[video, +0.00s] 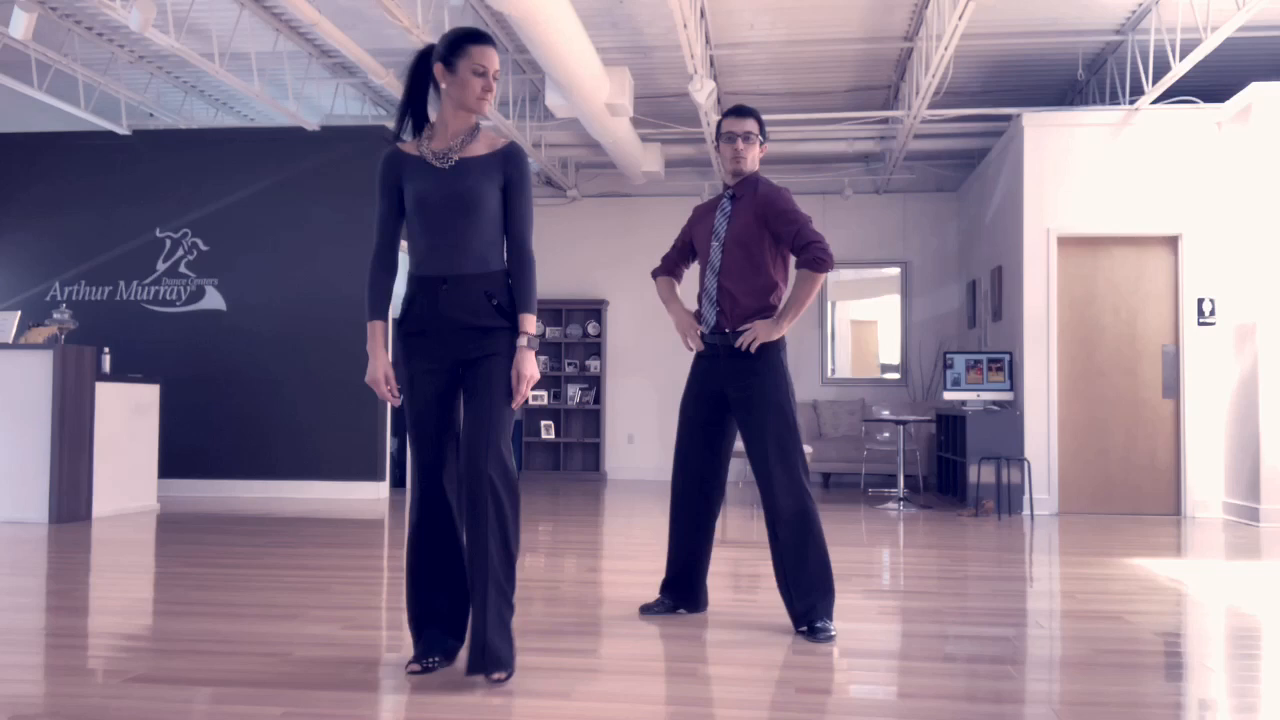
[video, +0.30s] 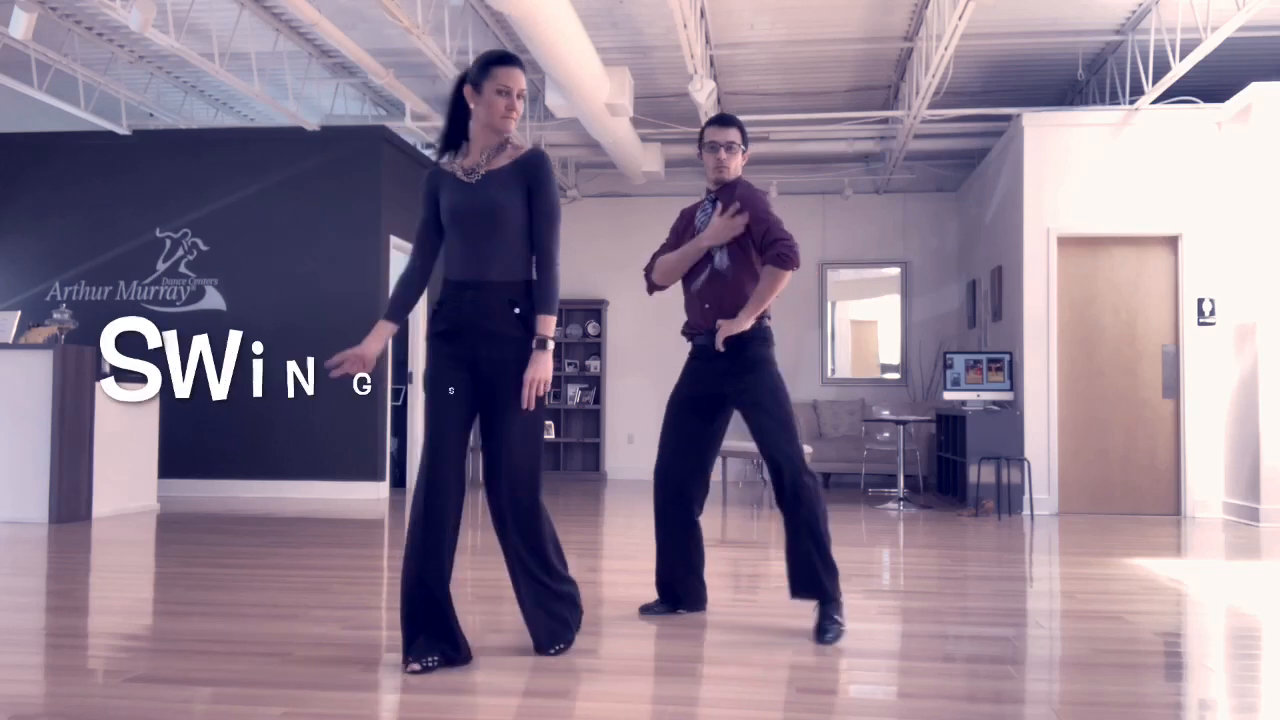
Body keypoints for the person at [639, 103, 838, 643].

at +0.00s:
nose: (737, 147)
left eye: (747, 139)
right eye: (728, 139)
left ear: (762, 148)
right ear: (715, 148)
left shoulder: (769, 197)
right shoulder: (705, 213)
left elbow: (818, 258)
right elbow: (664, 273)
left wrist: (783, 321)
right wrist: (679, 314)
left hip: (757, 357)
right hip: (709, 358)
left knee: (784, 482)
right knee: (693, 477)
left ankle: (813, 611)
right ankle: (683, 593)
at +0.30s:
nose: (721, 157)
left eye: (730, 148)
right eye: (712, 148)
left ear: (744, 155)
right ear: (699, 155)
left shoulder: (749, 200)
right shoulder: (692, 214)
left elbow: (784, 257)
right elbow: (656, 276)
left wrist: (746, 316)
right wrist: (708, 239)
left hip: (749, 355)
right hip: (702, 358)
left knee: (790, 471)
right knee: (674, 475)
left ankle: (827, 600)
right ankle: (681, 592)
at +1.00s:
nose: (720, 152)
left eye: (729, 144)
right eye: (711, 145)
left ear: (744, 148)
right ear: (699, 154)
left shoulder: (760, 184)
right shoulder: (694, 210)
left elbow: (778, 180)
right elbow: (655, 264)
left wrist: (722, 221)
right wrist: (695, 244)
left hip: (757, 346)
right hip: (706, 350)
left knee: (792, 476)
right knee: (688, 475)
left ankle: (844, 609)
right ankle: (684, 593)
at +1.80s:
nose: (700, 178)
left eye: (708, 169)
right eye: (697, 169)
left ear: (739, 172)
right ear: (705, 175)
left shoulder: (771, 221)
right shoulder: (688, 224)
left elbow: (755, 270)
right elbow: (651, 271)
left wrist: (685, 280)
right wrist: (706, 226)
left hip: (757, 368)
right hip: (703, 370)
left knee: (797, 484)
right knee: (660, 485)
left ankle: (843, 615)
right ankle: (681, 592)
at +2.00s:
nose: (717, 182)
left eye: (722, 173)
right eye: (715, 174)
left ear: (748, 174)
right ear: (734, 174)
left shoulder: (782, 227)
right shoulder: (713, 222)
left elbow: (742, 281)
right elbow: (643, 223)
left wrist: (685, 258)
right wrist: (688, 171)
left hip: (757, 370)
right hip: (709, 370)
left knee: (795, 485)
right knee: (659, 483)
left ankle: (858, 605)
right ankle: (680, 592)